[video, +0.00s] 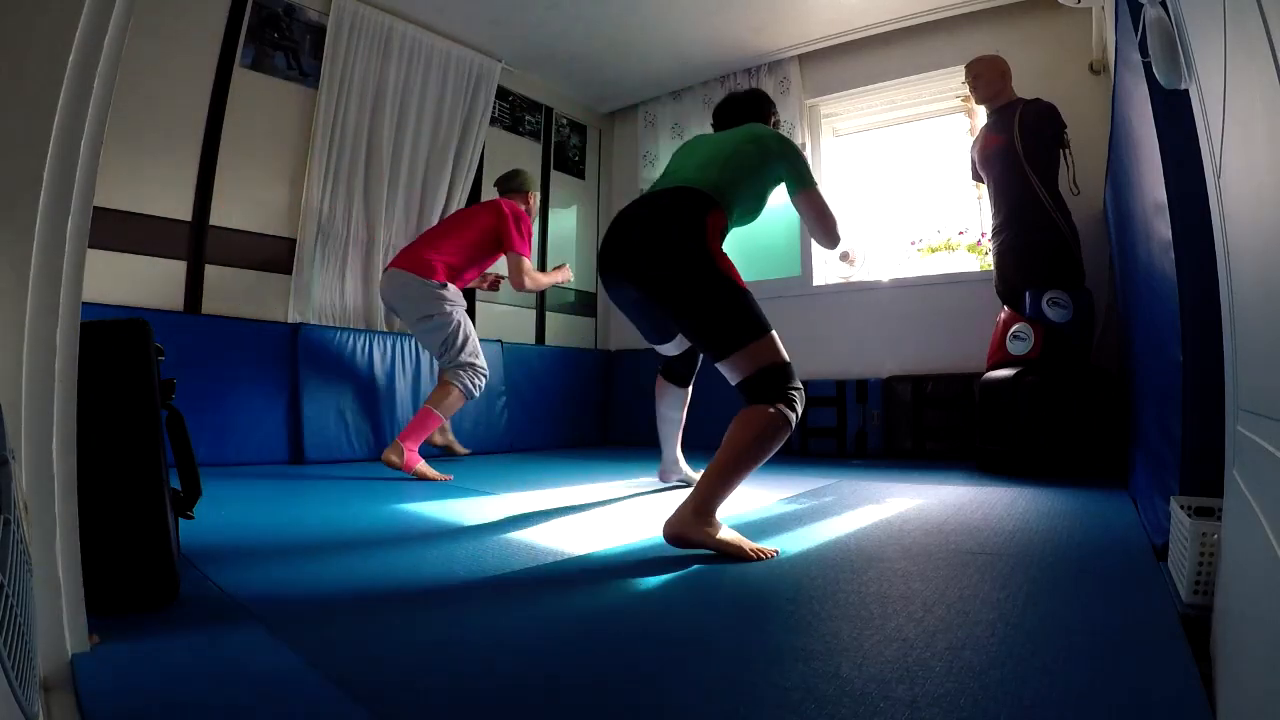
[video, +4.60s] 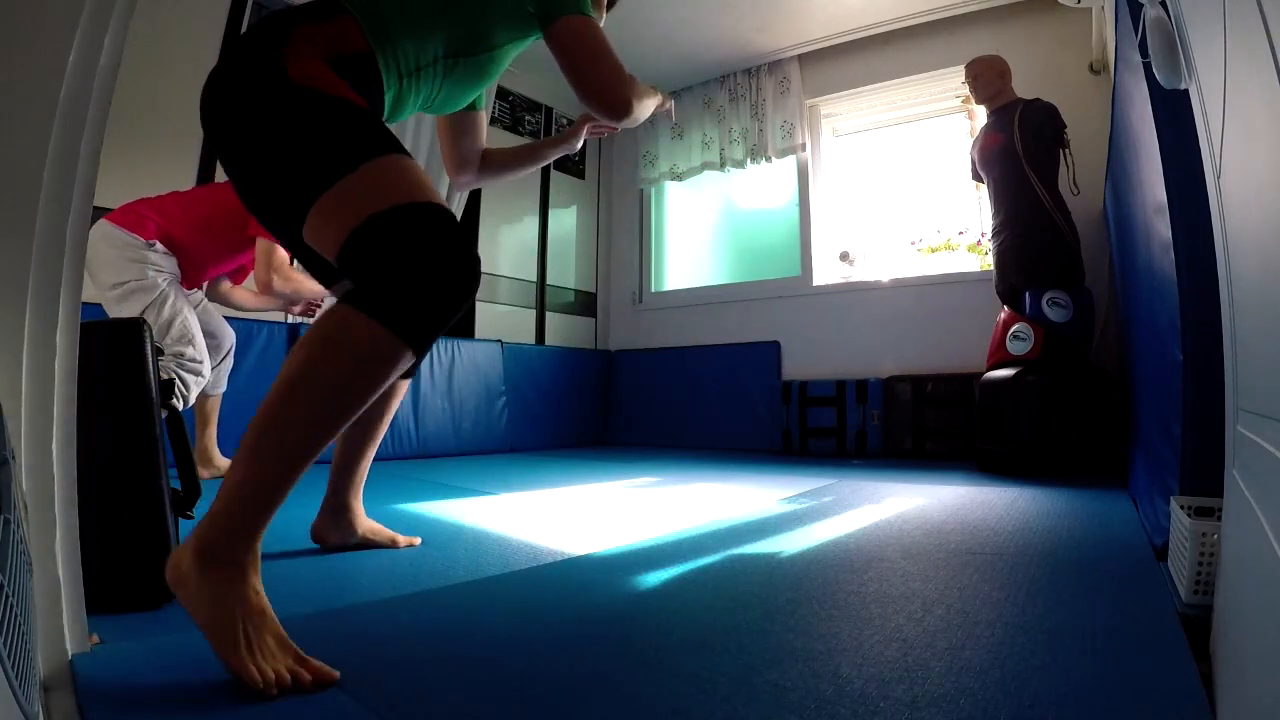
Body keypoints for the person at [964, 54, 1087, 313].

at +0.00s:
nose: (970, 85)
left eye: (976, 76)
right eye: (968, 81)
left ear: (1004, 75)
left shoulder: (1038, 112)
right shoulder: (980, 140)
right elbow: (979, 177)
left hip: (1050, 241)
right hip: (1008, 250)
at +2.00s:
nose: (969, 87)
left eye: (974, 78)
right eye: (968, 82)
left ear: (1001, 76)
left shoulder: (1036, 111)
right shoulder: (981, 138)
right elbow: (978, 178)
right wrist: (973, 128)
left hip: (1049, 242)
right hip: (1009, 249)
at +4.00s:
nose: (971, 85)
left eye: (976, 76)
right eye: (968, 82)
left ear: (1004, 74)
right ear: (969, 91)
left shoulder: (1036, 111)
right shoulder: (981, 139)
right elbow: (978, 175)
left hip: (1050, 245)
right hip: (1008, 253)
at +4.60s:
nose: (971, 84)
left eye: (976, 76)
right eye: (968, 81)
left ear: (1004, 75)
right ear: (969, 90)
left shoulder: (1036, 111)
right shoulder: (980, 141)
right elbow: (979, 177)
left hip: (1050, 245)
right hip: (1008, 253)